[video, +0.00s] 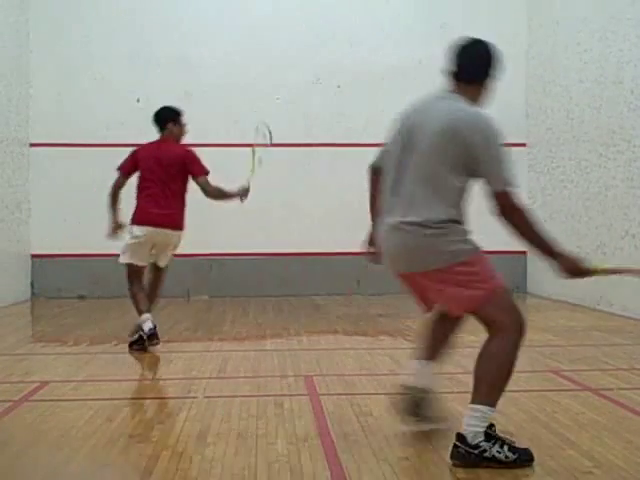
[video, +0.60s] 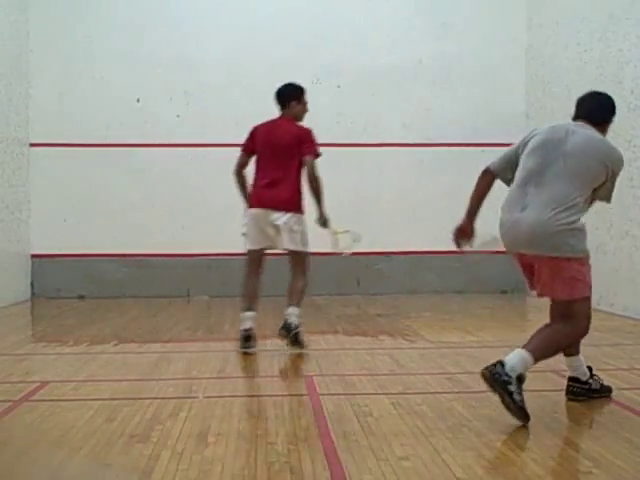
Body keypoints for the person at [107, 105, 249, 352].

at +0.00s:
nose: (185, 128)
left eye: (183, 123)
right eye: (181, 124)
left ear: (163, 127)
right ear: (171, 126)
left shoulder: (142, 151)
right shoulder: (185, 154)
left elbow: (115, 188)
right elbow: (209, 190)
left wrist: (114, 219)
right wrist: (236, 194)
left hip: (143, 223)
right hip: (172, 227)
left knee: (135, 279)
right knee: (156, 279)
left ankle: (147, 324)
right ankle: (139, 333)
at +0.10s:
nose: (205, 124)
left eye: (203, 119)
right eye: (201, 119)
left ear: (182, 122)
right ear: (188, 121)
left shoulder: (159, 147)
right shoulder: (200, 151)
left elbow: (136, 183)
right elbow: (207, 194)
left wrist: (143, 210)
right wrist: (230, 213)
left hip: (155, 221)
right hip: (186, 223)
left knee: (146, 274)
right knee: (186, 267)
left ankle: (150, 330)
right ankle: (186, 314)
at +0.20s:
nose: (227, 123)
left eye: (227, 118)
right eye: (222, 119)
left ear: (205, 120)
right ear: (209, 119)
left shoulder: (182, 143)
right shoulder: (218, 151)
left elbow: (157, 178)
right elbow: (215, 195)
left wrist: (166, 205)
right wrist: (235, 222)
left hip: (174, 220)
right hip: (204, 224)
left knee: (158, 272)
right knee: (218, 272)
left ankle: (151, 331)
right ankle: (232, 311)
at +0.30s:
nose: (252, 125)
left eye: (251, 119)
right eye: (247, 120)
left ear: (229, 122)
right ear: (233, 122)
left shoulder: (206, 145)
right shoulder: (243, 153)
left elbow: (178, 176)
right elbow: (237, 195)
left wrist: (187, 204)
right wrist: (250, 227)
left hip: (196, 221)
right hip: (227, 225)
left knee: (172, 272)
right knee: (247, 276)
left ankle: (152, 332)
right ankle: (271, 326)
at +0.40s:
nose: (275, 126)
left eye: (274, 121)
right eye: (270, 121)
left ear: (252, 124)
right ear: (255, 123)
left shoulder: (231, 149)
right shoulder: (268, 154)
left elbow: (200, 180)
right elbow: (267, 198)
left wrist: (208, 216)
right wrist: (273, 230)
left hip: (225, 226)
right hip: (256, 229)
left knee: (196, 276)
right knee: (274, 282)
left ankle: (165, 328)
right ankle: (280, 336)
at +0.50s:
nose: (292, 114)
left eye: (291, 109)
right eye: (288, 109)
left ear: (269, 112)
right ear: (274, 112)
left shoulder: (247, 138)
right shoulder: (288, 142)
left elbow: (221, 174)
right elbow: (293, 183)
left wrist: (226, 209)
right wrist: (300, 218)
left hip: (242, 215)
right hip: (273, 218)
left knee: (224, 272)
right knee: (279, 277)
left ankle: (206, 326)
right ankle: (279, 332)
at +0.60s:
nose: (306, 108)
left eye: (306, 103)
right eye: (304, 103)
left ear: (283, 105)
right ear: (293, 104)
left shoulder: (259, 131)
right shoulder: (302, 133)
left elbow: (239, 169)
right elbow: (311, 171)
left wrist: (249, 201)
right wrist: (321, 209)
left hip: (258, 207)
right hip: (289, 209)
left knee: (253, 267)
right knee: (299, 268)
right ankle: (291, 318)